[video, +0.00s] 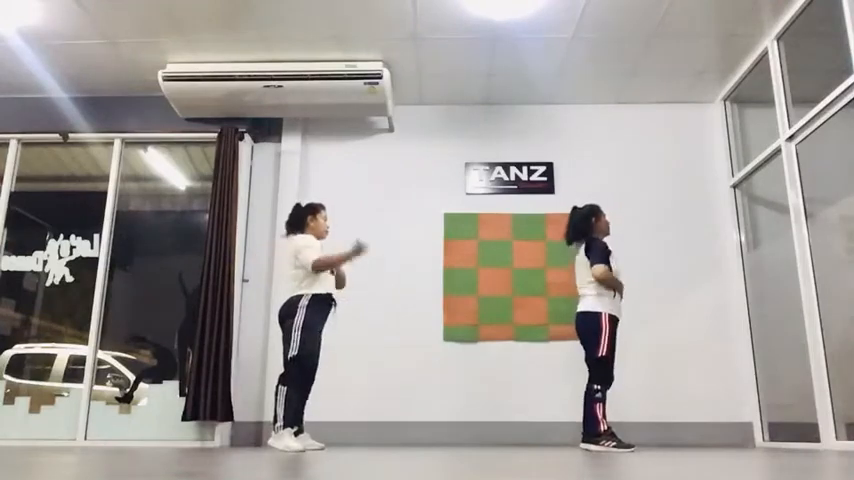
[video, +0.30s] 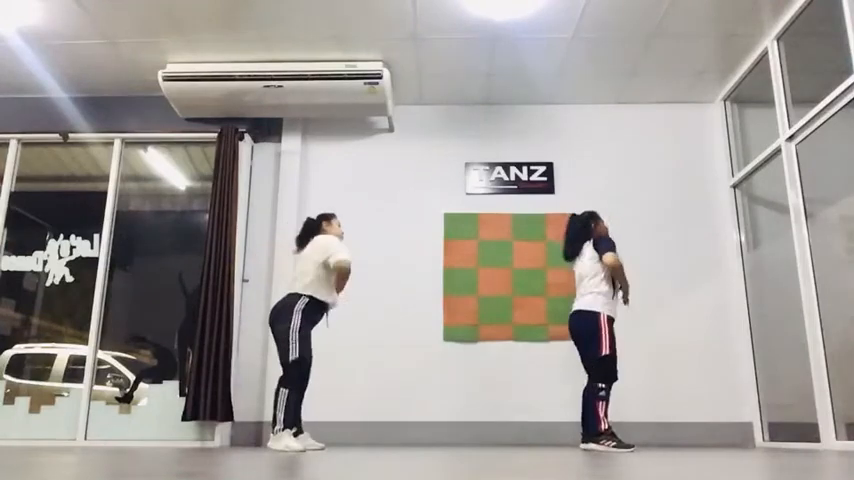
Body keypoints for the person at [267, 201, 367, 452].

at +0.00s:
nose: (328, 224)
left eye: (327, 220)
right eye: (324, 219)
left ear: (312, 221)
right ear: (311, 220)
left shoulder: (316, 247)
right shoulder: (303, 240)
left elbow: (340, 284)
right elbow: (315, 264)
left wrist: (337, 265)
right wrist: (350, 254)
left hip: (316, 307)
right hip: (302, 305)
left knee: (307, 369)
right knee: (294, 367)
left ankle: (297, 432)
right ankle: (281, 432)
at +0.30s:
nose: (341, 228)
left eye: (339, 224)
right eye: (337, 224)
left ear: (323, 227)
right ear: (325, 226)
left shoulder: (316, 244)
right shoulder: (327, 241)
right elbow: (343, 264)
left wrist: (329, 290)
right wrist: (338, 288)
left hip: (299, 310)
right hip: (296, 310)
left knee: (300, 371)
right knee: (294, 370)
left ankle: (295, 432)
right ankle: (279, 433)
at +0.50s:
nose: (340, 252)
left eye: (343, 248)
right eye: (340, 245)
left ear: (328, 238)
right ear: (328, 235)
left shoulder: (312, 257)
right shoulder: (312, 256)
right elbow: (328, 299)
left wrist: (332, 282)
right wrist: (336, 285)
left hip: (303, 323)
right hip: (294, 322)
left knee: (322, 376)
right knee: (313, 374)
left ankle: (299, 432)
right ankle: (279, 433)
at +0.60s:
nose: (326, 249)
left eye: (329, 244)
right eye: (324, 243)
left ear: (323, 242)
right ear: (310, 237)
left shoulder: (314, 262)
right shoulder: (300, 264)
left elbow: (335, 276)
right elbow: (319, 303)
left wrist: (327, 277)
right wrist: (331, 302)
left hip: (311, 328)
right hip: (298, 327)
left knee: (336, 375)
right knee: (319, 376)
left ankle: (305, 426)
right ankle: (279, 434)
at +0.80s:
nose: (293, 245)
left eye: (291, 240)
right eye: (286, 243)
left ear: (294, 243)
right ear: (275, 254)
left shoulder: (302, 267)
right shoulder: (286, 276)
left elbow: (333, 262)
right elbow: (313, 303)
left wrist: (317, 272)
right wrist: (334, 298)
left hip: (328, 326)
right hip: (314, 327)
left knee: (340, 388)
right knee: (325, 380)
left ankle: (296, 432)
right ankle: (281, 432)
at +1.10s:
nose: (285, 236)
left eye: (280, 235)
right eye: (280, 238)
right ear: (280, 247)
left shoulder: (298, 257)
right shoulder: (295, 253)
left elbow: (321, 273)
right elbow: (318, 271)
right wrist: (341, 291)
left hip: (321, 317)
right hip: (313, 317)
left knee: (332, 378)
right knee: (330, 376)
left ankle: (296, 430)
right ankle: (290, 431)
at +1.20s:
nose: (307, 225)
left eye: (302, 223)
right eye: (301, 226)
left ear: (298, 236)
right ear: (297, 235)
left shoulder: (310, 249)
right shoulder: (308, 243)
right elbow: (323, 269)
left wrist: (333, 273)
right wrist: (338, 293)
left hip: (316, 316)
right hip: (306, 314)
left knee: (332, 374)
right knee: (321, 373)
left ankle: (299, 430)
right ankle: (288, 435)